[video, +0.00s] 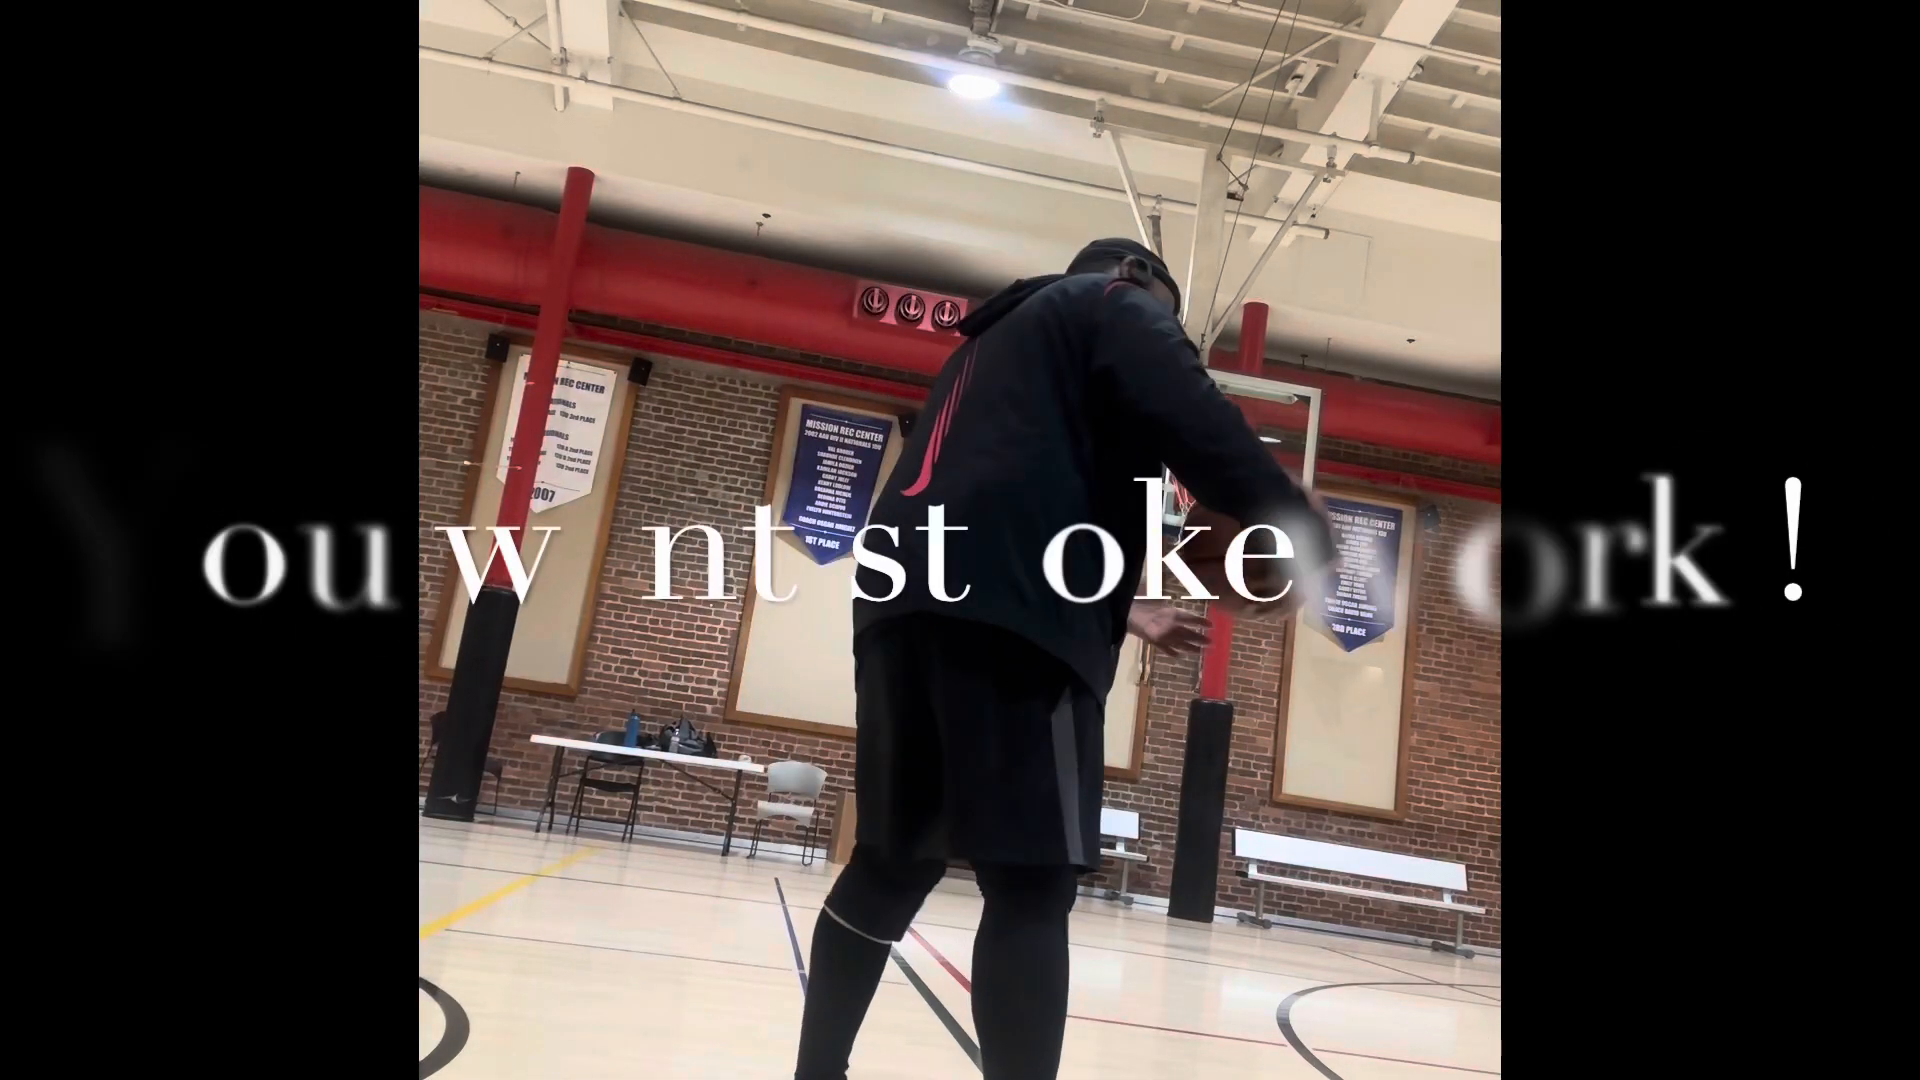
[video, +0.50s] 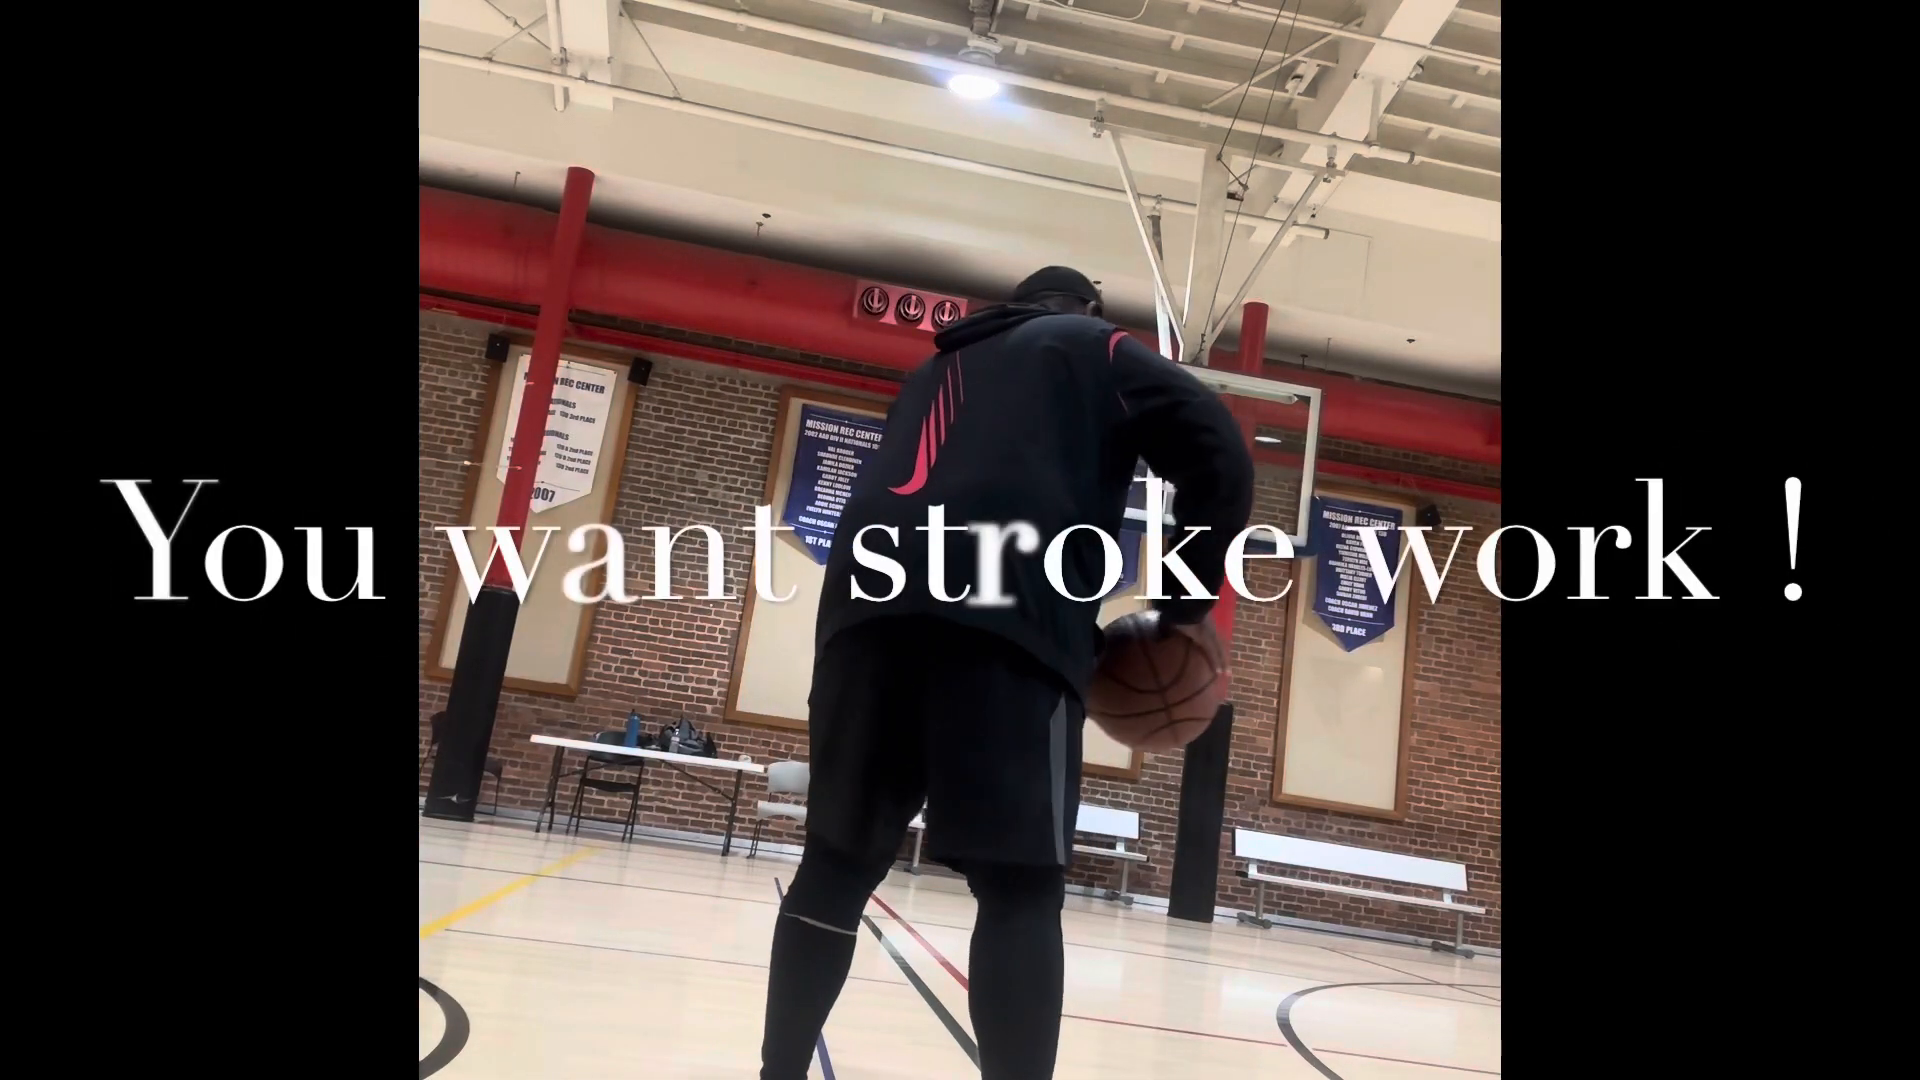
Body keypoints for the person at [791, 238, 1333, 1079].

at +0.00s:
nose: (1163, 333)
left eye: (1166, 321)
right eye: (1161, 315)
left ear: (1082, 273)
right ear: (1131, 282)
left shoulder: (992, 341)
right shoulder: (1115, 309)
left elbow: (1000, 507)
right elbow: (1204, 428)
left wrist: (1127, 599)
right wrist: (1298, 525)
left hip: (895, 611)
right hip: (1012, 626)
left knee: (892, 859)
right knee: (1030, 885)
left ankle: (817, 1068)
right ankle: (1020, 1071)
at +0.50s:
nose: (1107, 332)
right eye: (1108, 322)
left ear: (1012, 306)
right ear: (1089, 312)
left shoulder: (936, 367)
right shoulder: (1099, 345)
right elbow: (1220, 450)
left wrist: (1075, 640)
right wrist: (1183, 607)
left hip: (864, 619)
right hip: (1003, 626)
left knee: (836, 859)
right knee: (1019, 888)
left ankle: (781, 1067)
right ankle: (1017, 1072)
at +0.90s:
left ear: (919, 321)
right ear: (1002, 327)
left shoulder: (851, 390)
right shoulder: (1052, 391)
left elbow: (803, 531)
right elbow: (1111, 537)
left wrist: (858, 604)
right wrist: (1036, 619)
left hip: (848, 648)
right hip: (997, 658)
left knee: (827, 852)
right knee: (1004, 889)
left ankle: (782, 1067)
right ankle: (1010, 1074)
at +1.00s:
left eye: (906, 315)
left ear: (904, 326)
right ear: (984, 334)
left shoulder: (838, 394)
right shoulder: (1036, 404)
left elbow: (785, 546)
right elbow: (1092, 552)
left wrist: (852, 596)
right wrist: (1014, 617)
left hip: (837, 659)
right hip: (983, 669)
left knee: (819, 853)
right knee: (995, 885)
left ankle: (779, 1065)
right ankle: (1018, 1072)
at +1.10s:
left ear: (892, 334)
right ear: (970, 342)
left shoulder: (826, 402)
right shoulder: (1022, 417)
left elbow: (777, 547)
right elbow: (1073, 562)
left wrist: (839, 585)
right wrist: (999, 616)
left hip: (830, 668)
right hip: (971, 677)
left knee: (812, 860)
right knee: (973, 868)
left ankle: (777, 1067)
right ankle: (1017, 1066)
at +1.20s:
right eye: (955, 342)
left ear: (885, 343)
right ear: (963, 352)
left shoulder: (822, 408)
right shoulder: (1014, 428)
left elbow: (780, 533)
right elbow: (1049, 577)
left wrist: (855, 552)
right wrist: (983, 613)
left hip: (828, 681)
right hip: (965, 691)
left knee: (813, 864)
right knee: (951, 865)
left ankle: (776, 1067)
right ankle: (982, 1070)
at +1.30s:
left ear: (884, 356)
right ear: (964, 364)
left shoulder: (825, 421)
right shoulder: (1012, 447)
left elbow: (794, 502)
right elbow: (1046, 577)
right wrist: (981, 599)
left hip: (831, 698)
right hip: (962, 710)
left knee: (814, 882)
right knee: (932, 872)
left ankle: (779, 1067)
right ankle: (977, 1067)